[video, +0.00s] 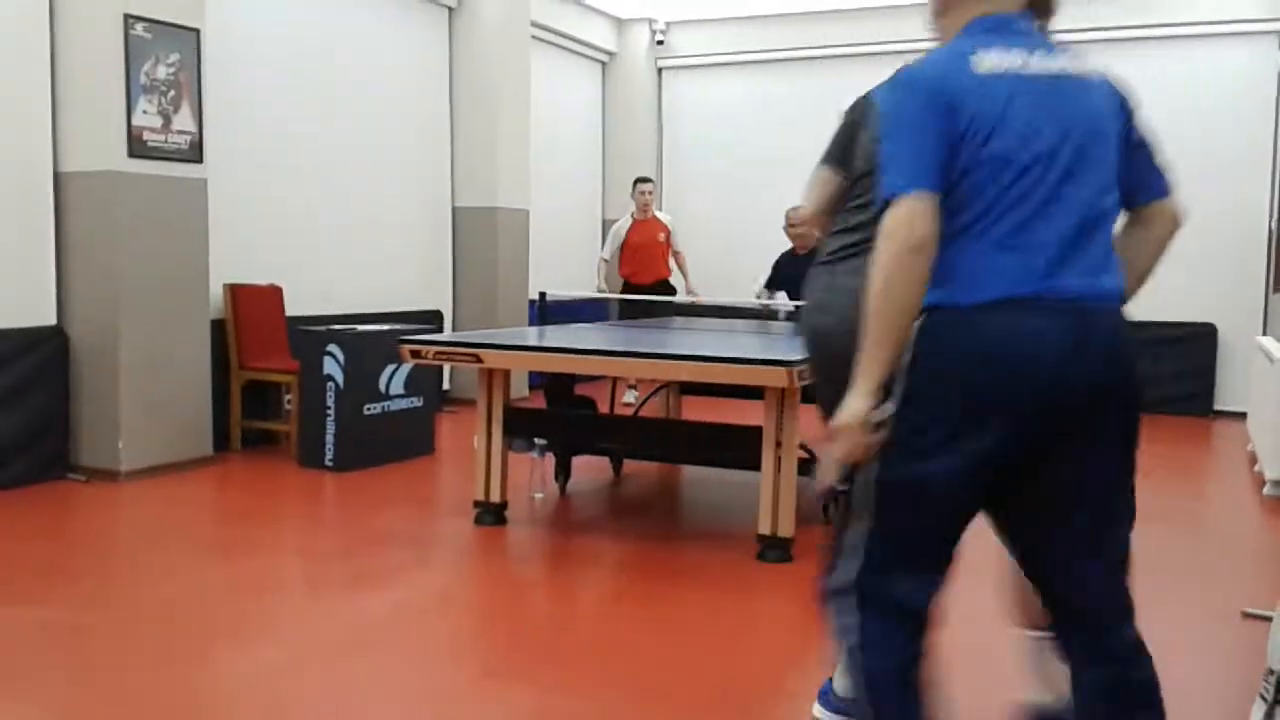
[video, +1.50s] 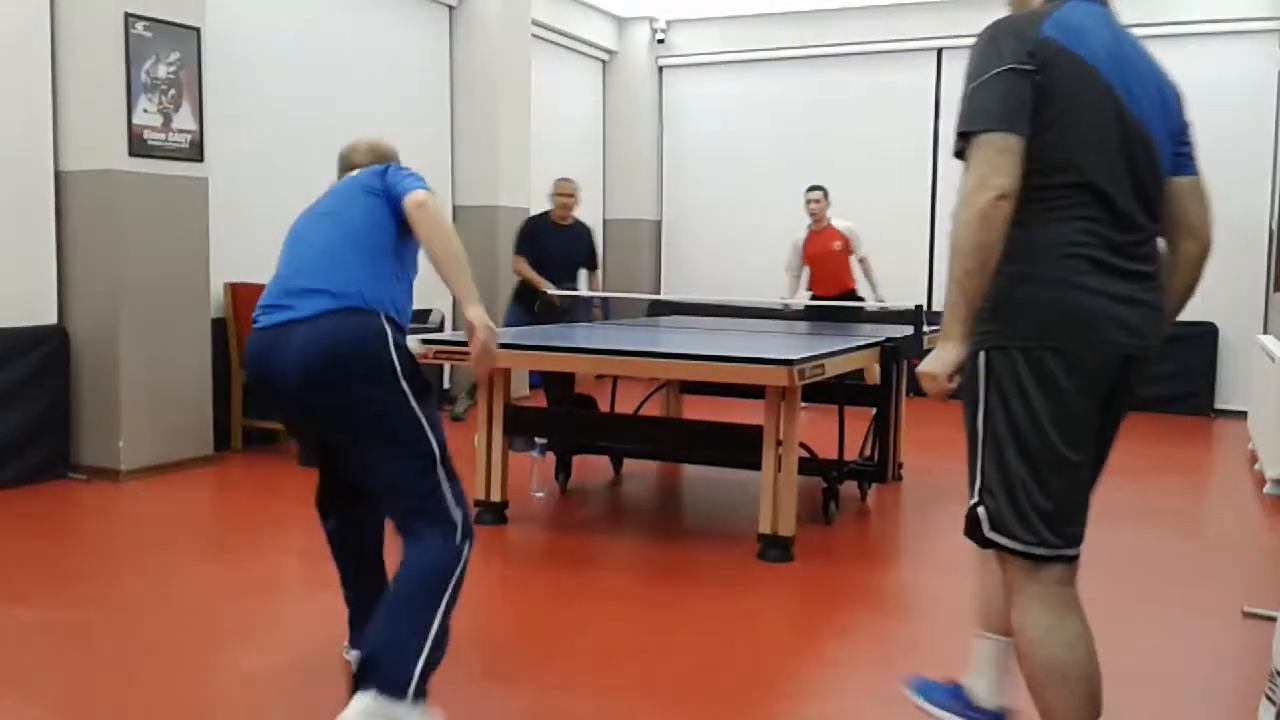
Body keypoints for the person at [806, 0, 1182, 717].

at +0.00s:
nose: (931, 12)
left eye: (933, 8)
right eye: (933, 10)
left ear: (946, 5)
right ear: (1029, 6)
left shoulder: (924, 84)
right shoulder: (1098, 89)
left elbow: (912, 231)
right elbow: (1158, 214)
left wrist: (864, 390)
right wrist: (1085, 306)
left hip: (968, 356)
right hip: (1091, 356)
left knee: (891, 588)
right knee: (1094, 605)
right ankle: (1121, 706)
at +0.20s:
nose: (1132, 25)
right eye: (1134, 18)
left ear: (1056, 9)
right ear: (1129, 18)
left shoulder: (974, 81)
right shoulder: (1142, 112)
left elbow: (926, 216)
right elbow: (1177, 272)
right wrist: (1208, 370)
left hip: (959, 349)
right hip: (1064, 360)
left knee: (941, 516)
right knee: (1163, 542)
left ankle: (858, 681)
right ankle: (1229, 708)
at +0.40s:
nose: (1233, 10)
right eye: (1233, 5)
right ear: (1229, 8)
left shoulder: (1071, 73)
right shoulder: (1256, 105)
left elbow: (1001, 211)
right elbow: (1278, 269)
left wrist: (1046, 281)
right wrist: (1272, 360)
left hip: (1044, 334)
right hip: (1166, 349)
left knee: (1043, 504)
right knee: (1238, 553)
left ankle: (927, 671)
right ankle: (1245, 707)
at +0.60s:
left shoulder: (1125, 37)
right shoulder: (1278, 48)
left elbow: (1037, 184)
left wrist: (1070, 285)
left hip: (1090, 318)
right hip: (1232, 332)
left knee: (1053, 519)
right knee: (1245, 553)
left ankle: (1034, 711)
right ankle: (1250, 712)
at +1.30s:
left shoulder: (1061, 32)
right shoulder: (1207, 74)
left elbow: (1025, 187)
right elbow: (1234, 237)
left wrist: (974, 328)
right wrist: (1168, 312)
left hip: (1068, 343)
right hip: (1176, 350)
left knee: (1053, 568)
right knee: (1117, 547)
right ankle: (1163, 709)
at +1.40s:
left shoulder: (1042, 32)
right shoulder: (1180, 71)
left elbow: (1012, 185)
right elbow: (1213, 236)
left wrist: (965, 331)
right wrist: (1148, 321)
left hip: (1054, 335)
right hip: (1144, 344)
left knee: (1048, 564)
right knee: (1062, 550)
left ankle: (1073, 715)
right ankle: (1062, 703)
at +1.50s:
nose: (1005, 3)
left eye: (1009, 3)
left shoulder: (1018, 36)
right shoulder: (1151, 74)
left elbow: (992, 189)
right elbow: (1192, 235)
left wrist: (952, 334)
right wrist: (1139, 331)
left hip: (1033, 332)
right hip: (1117, 337)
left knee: (1039, 574)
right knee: (1005, 517)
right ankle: (985, 690)